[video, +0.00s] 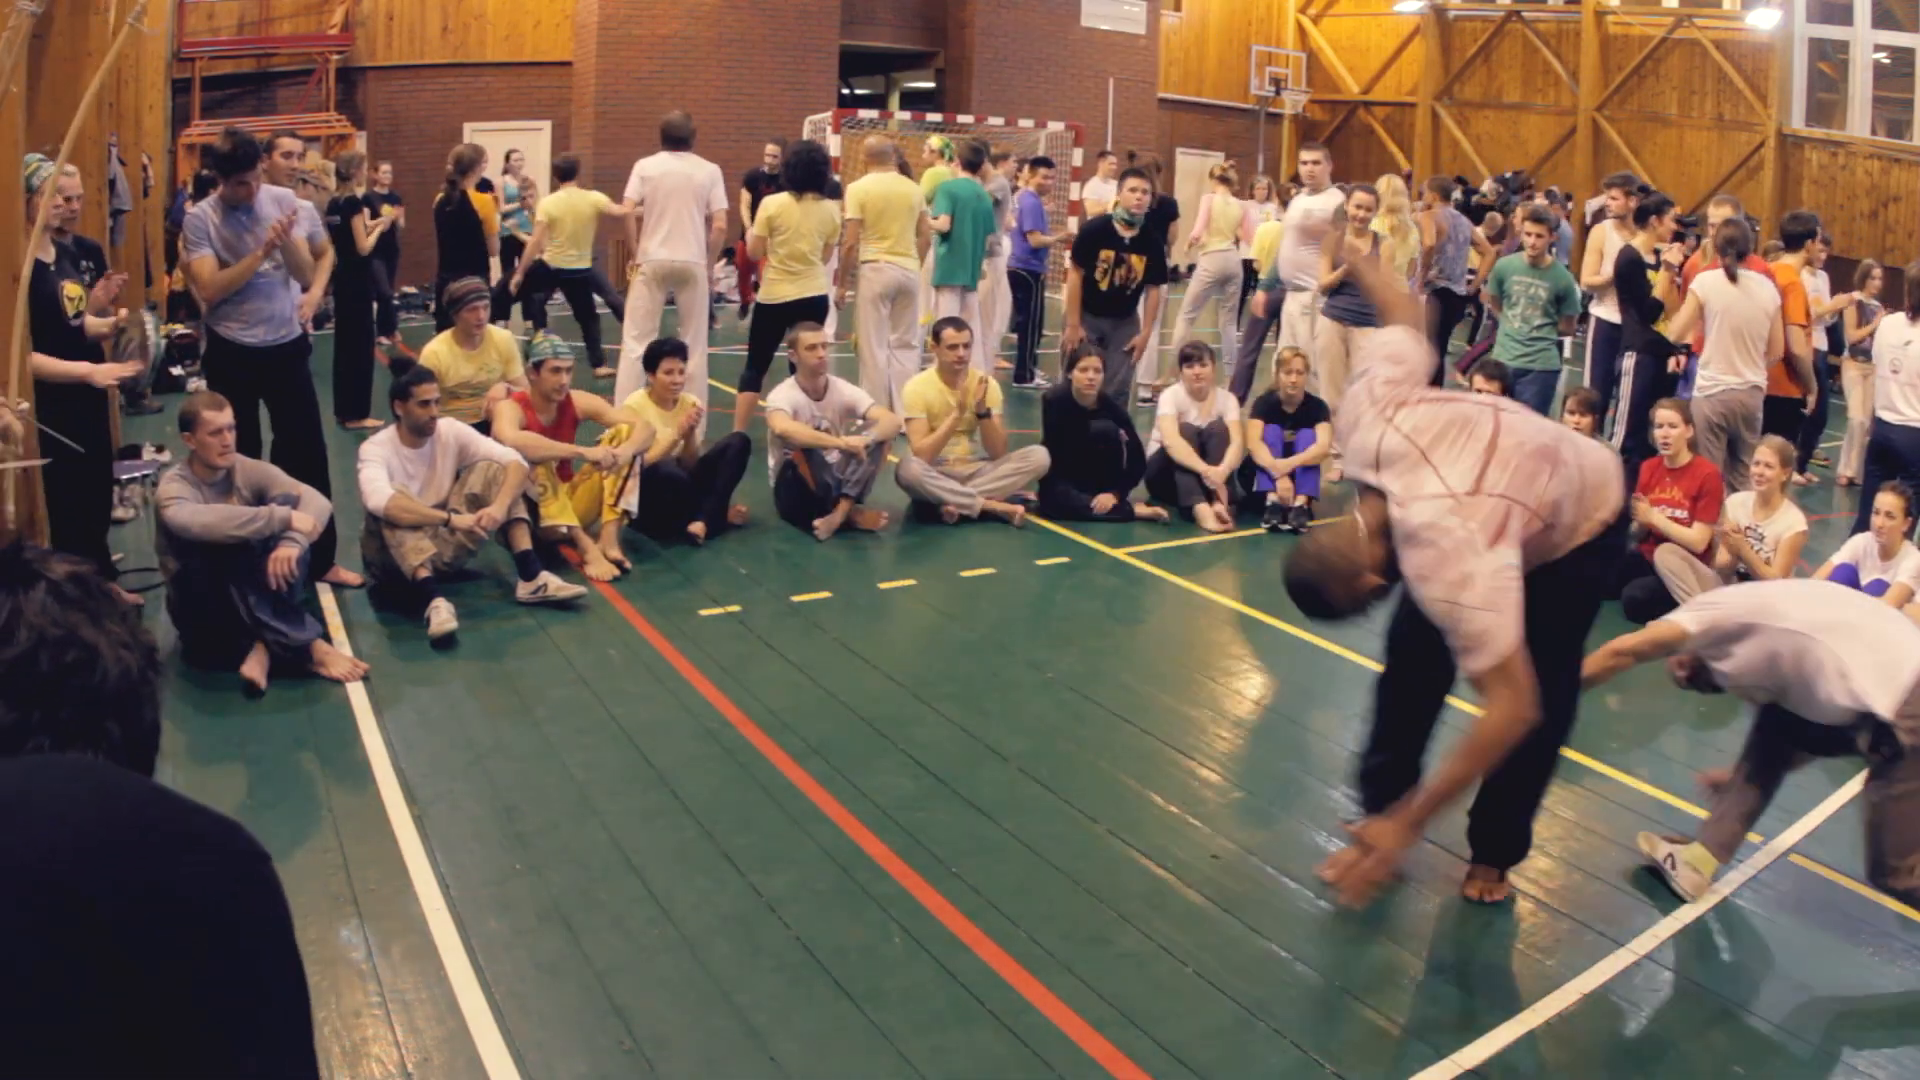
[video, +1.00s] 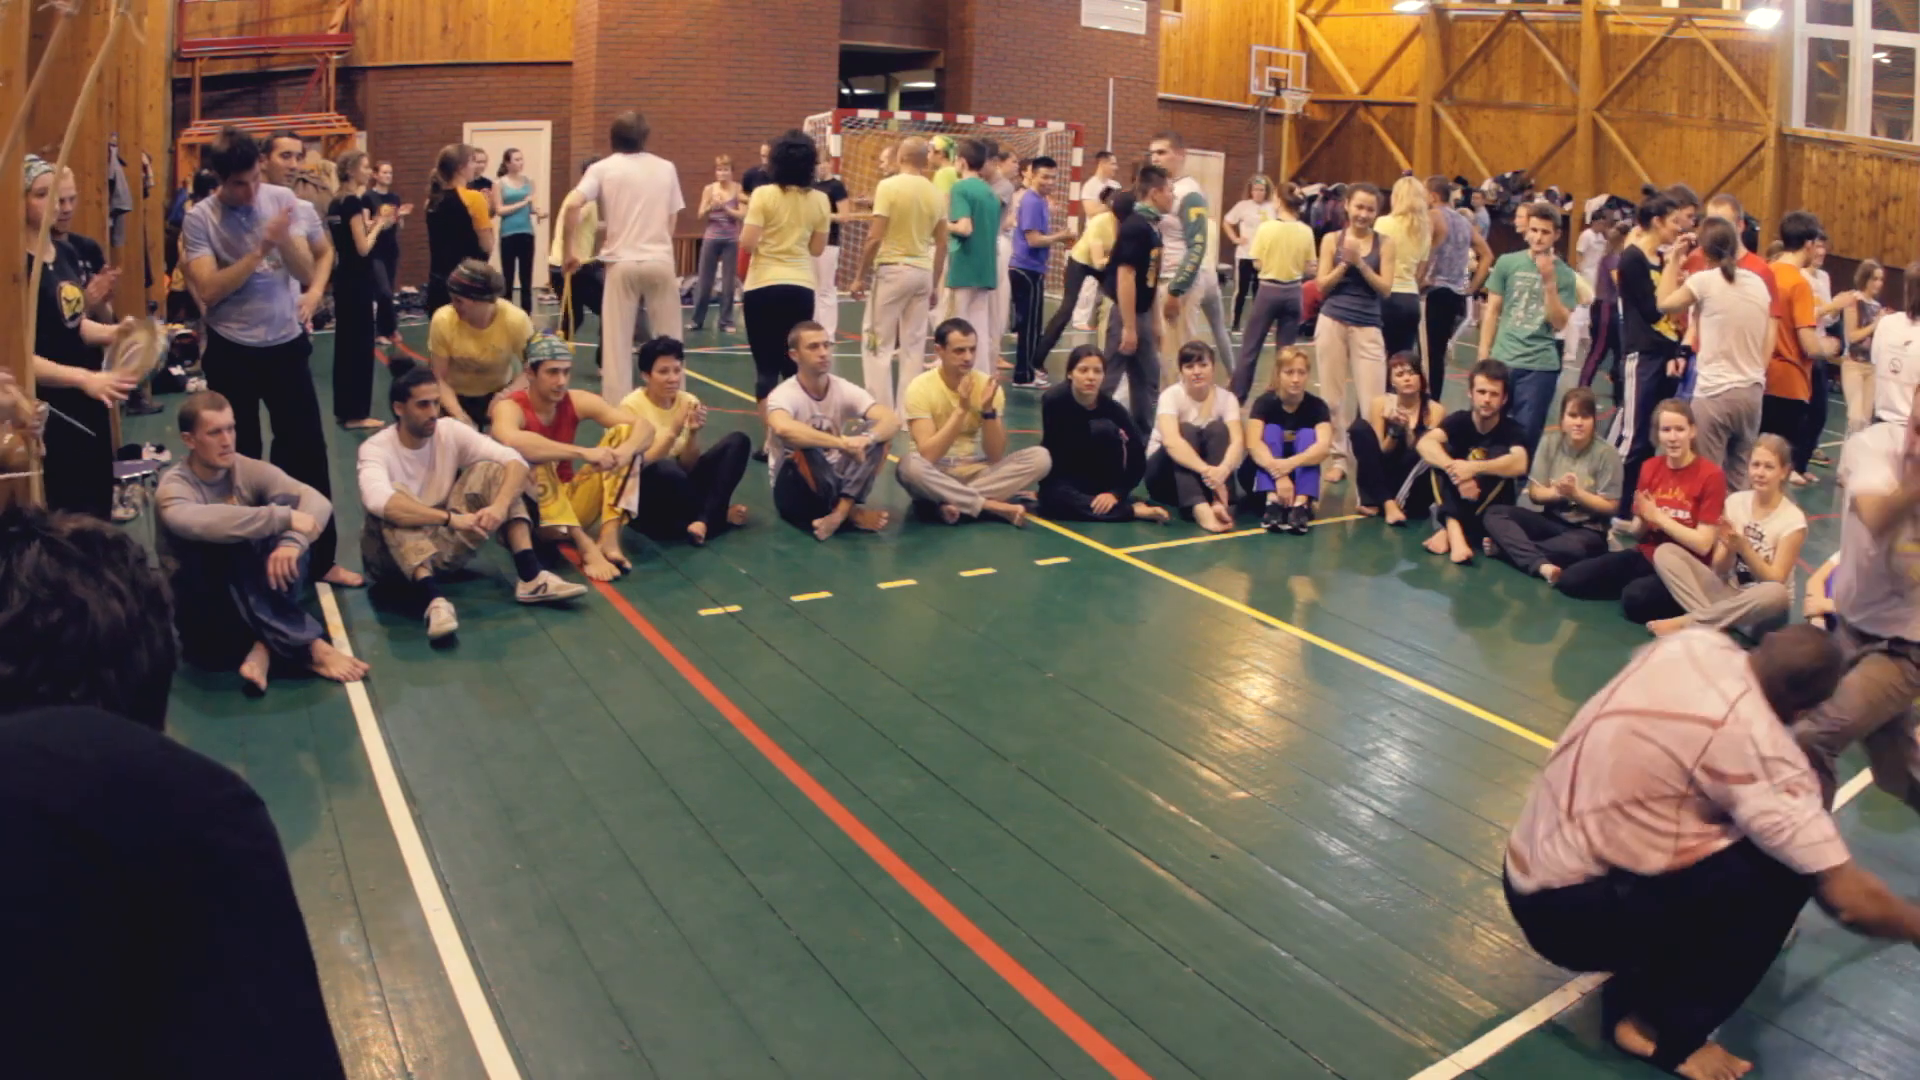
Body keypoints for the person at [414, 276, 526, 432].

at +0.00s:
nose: (481, 316)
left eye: (485, 308)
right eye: (472, 310)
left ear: (490, 309)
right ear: (455, 314)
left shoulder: (503, 339)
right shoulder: (434, 352)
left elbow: (524, 389)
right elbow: (419, 400)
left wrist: (504, 387)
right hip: (450, 428)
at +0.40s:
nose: (463, 322)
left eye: (469, 313)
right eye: (456, 315)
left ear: (485, 313)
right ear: (451, 317)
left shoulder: (504, 340)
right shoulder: (435, 352)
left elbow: (525, 390)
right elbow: (422, 401)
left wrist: (505, 387)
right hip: (449, 428)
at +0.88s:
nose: (461, 325)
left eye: (467, 319)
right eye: (459, 318)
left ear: (490, 318)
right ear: (456, 314)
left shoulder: (516, 336)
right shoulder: (445, 341)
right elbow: (433, 396)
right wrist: (451, 424)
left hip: (500, 415)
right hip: (456, 416)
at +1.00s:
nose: (454, 306)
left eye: (459, 301)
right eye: (452, 300)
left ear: (479, 301)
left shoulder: (516, 319)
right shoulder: (443, 319)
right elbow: (440, 378)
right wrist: (460, 416)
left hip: (498, 396)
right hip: (455, 396)